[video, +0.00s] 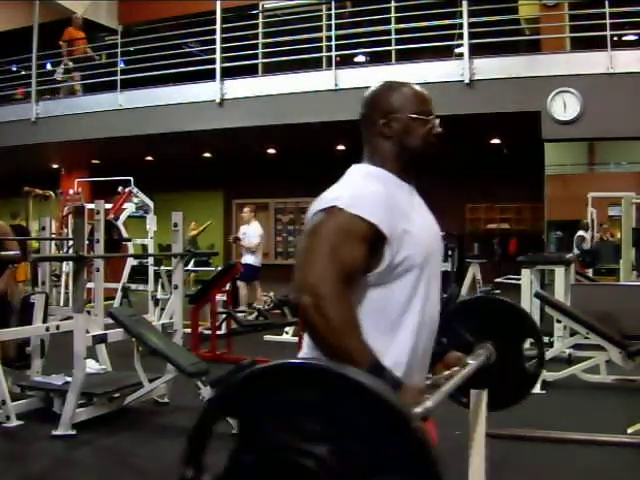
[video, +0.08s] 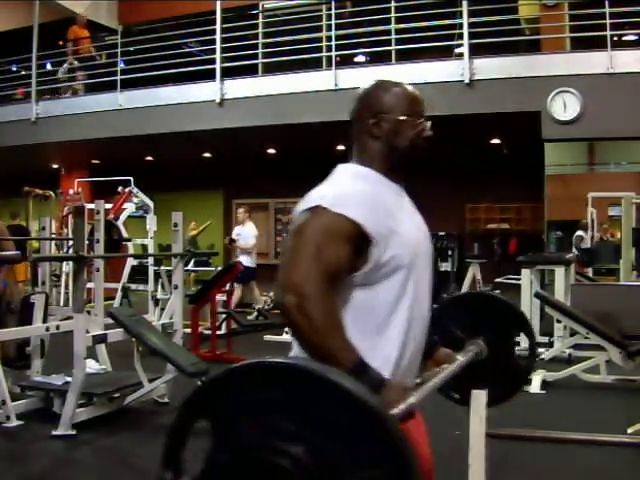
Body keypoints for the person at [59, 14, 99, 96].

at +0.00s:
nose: (79, 21)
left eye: (80, 19)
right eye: (77, 19)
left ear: (81, 20)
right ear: (73, 20)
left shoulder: (81, 33)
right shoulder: (69, 31)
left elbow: (85, 47)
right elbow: (64, 45)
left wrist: (93, 55)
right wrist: (65, 58)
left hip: (81, 58)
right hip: (72, 58)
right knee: (76, 77)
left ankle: (63, 93)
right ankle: (79, 93)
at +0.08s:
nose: (84, 21)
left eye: (85, 19)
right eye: (82, 19)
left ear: (85, 20)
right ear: (78, 19)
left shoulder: (85, 31)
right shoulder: (73, 30)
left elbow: (89, 45)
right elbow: (69, 44)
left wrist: (95, 55)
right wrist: (70, 56)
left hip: (88, 56)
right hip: (79, 57)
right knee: (80, 75)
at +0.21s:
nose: (91, 18)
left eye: (91, 15)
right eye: (89, 15)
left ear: (92, 17)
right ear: (84, 16)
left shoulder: (92, 28)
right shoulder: (80, 27)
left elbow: (93, 43)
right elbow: (77, 42)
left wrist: (96, 52)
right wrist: (79, 54)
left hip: (93, 54)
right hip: (84, 54)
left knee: (93, 72)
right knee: (83, 72)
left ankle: (90, 89)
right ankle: (82, 90)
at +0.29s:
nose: (94, 17)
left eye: (95, 14)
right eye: (92, 14)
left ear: (97, 16)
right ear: (89, 15)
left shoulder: (97, 29)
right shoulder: (85, 26)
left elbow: (98, 42)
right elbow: (82, 40)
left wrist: (100, 52)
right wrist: (84, 52)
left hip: (96, 53)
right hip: (87, 53)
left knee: (100, 72)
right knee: (85, 73)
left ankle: (95, 92)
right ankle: (83, 93)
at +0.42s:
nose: (102, 18)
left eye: (103, 16)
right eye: (101, 16)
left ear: (105, 17)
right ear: (97, 16)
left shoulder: (104, 29)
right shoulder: (92, 26)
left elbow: (105, 41)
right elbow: (90, 41)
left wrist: (105, 50)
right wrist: (94, 51)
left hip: (102, 52)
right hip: (95, 52)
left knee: (105, 71)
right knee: (89, 71)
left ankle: (109, 89)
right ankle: (84, 90)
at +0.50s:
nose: (107, 18)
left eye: (108, 16)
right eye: (106, 16)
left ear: (109, 17)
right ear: (103, 17)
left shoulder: (109, 28)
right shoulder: (98, 26)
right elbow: (95, 39)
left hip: (109, 52)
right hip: (100, 51)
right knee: (97, 69)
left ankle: (113, 89)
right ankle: (87, 89)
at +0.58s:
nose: (115, 17)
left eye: (115, 15)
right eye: (113, 15)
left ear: (115, 16)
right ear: (110, 16)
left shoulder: (115, 26)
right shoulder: (104, 26)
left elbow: (116, 40)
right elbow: (100, 40)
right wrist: (104, 50)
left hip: (114, 52)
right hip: (105, 51)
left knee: (116, 70)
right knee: (104, 69)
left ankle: (116, 88)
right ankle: (91, 89)